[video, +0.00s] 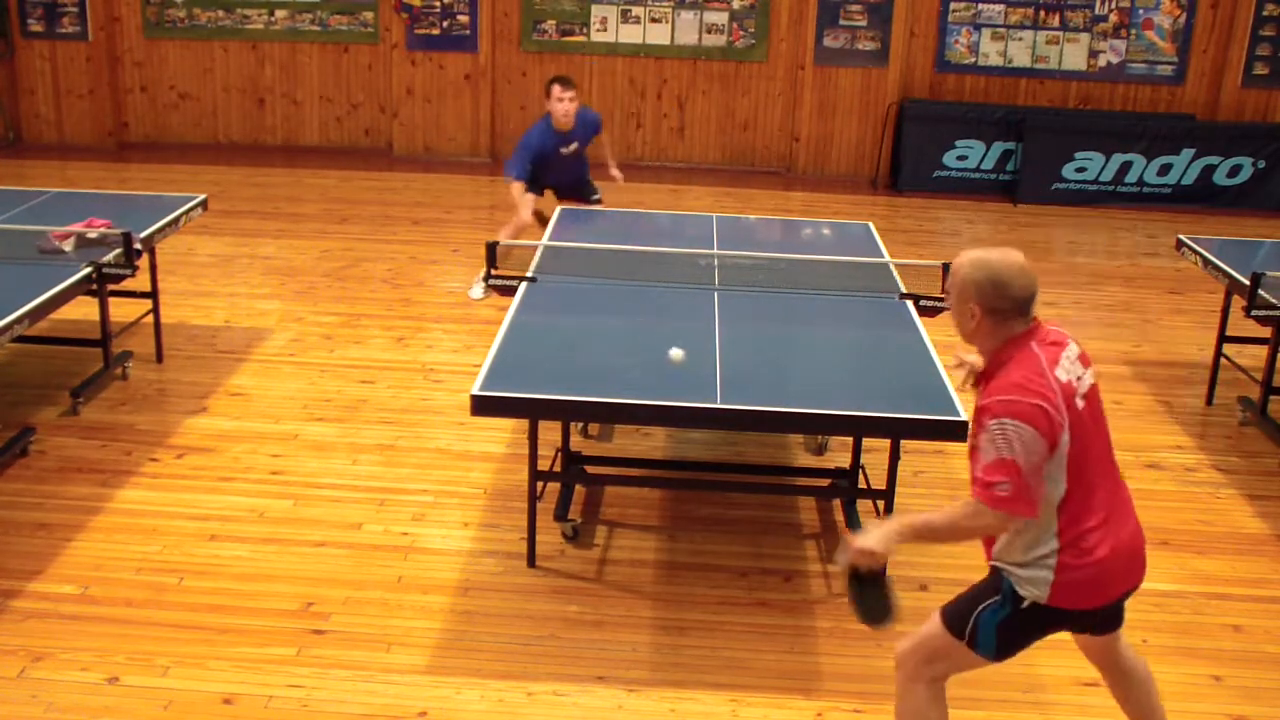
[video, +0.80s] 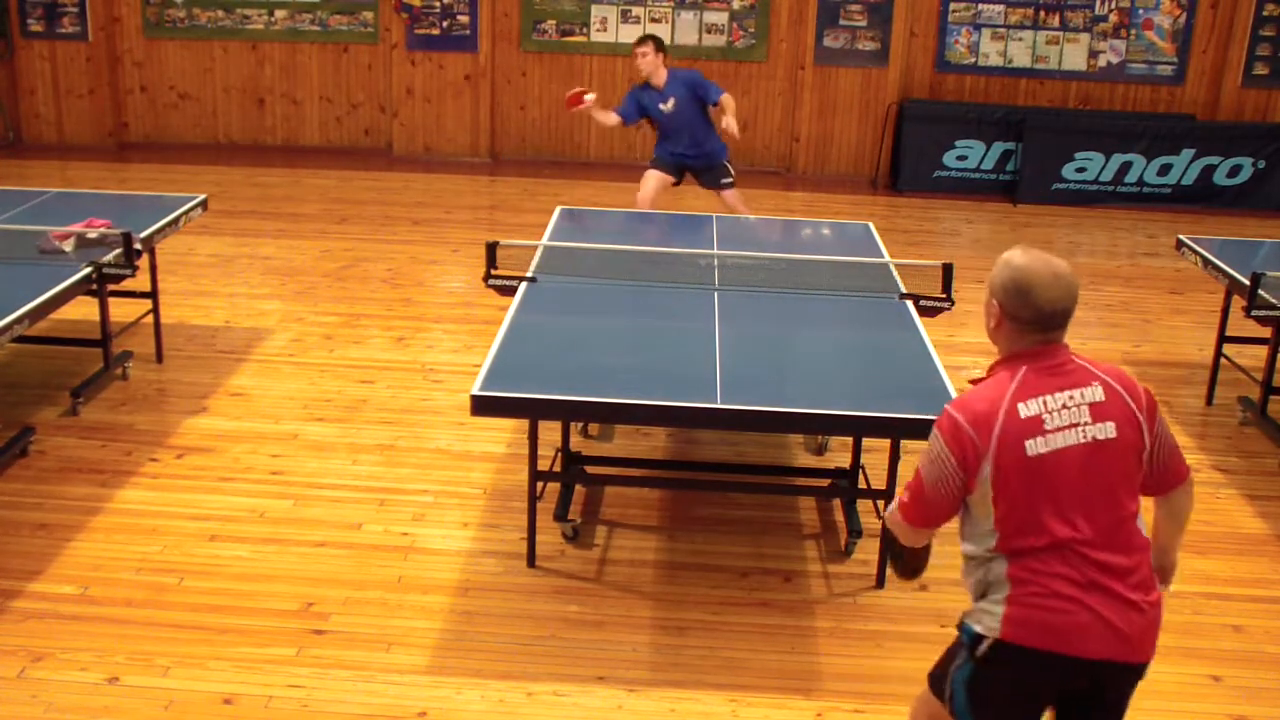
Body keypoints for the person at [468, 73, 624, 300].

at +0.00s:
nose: (566, 107)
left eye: (571, 100)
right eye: (560, 101)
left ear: (578, 102)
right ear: (548, 104)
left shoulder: (589, 120)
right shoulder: (537, 136)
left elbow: (601, 138)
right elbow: (516, 180)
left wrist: (611, 165)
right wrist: (525, 211)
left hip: (574, 177)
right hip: (539, 178)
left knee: (599, 220)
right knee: (524, 219)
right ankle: (487, 273)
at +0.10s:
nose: (594, 86)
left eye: (600, 80)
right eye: (588, 80)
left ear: (607, 82)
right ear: (578, 83)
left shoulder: (619, 105)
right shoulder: (567, 114)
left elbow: (636, 128)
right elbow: (537, 150)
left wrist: (647, 160)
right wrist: (546, 176)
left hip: (596, 170)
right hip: (561, 170)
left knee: (614, 220)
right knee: (531, 218)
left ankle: (612, 279)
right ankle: (489, 271)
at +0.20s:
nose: (620, 64)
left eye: (625, 58)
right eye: (614, 58)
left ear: (633, 60)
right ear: (604, 61)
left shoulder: (647, 85)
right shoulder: (593, 94)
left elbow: (663, 111)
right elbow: (565, 130)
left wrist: (667, 144)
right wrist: (573, 156)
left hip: (626, 156)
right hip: (589, 154)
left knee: (638, 208)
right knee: (562, 201)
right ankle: (532, 251)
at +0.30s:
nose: (648, 58)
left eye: (653, 52)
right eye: (642, 52)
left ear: (660, 56)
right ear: (632, 55)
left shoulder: (674, 87)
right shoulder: (617, 88)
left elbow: (684, 114)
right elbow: (591, 121)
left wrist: (684, 146)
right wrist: (603, 153)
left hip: (657, 151)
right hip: (619, 148)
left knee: (678, 210)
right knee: (592, 204)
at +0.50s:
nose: (673, 77)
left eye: (680, 71)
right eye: (669, 71)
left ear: (691, 74)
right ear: (663, 74)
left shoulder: (713, 104)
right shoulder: (659, 109)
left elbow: (732, 139)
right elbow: (644, 138)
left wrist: (727, 177)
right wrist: (615, 161)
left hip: (710, 171)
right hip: (673, 170)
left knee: (741, 221)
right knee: (643, 209)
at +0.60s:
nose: (656, 77)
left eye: (662, 71)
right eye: (653, 72)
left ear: (677, 72)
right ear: (650, 75)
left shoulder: (703, 97)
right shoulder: (658, 107)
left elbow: (738, 124)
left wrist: (745, 160)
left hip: (721, 167)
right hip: (685, 167)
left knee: (749, 221)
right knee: (651, 207)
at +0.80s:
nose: (638, 62)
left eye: (644, 55)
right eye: (636, 57)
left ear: (661, 57)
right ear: (634, 61)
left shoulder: (689, 79)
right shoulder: (640, 95)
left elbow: (724, 97)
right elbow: (613, 119)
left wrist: (729, 117)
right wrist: (592, 108)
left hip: (706, 153)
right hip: (670, 156)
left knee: (735, 204)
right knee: (643, 198)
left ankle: (763, 244)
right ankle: (644, 252)